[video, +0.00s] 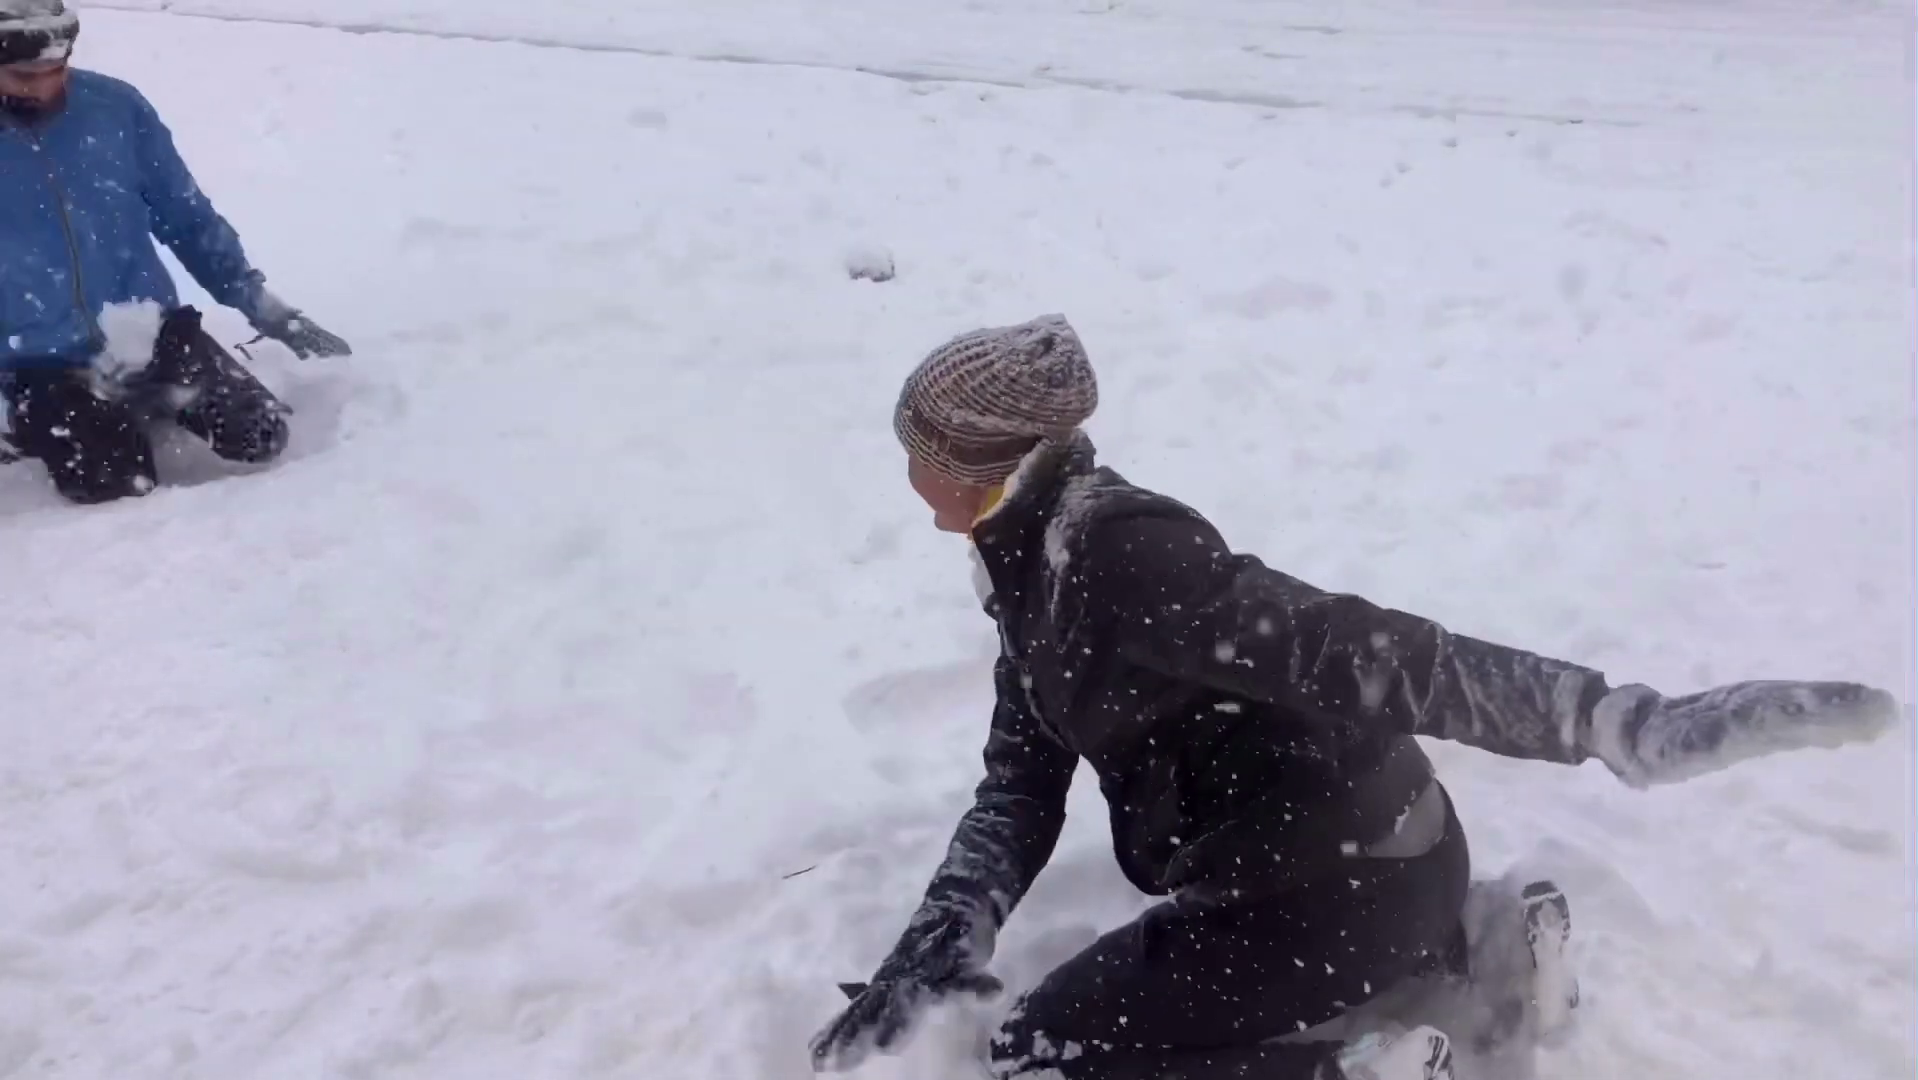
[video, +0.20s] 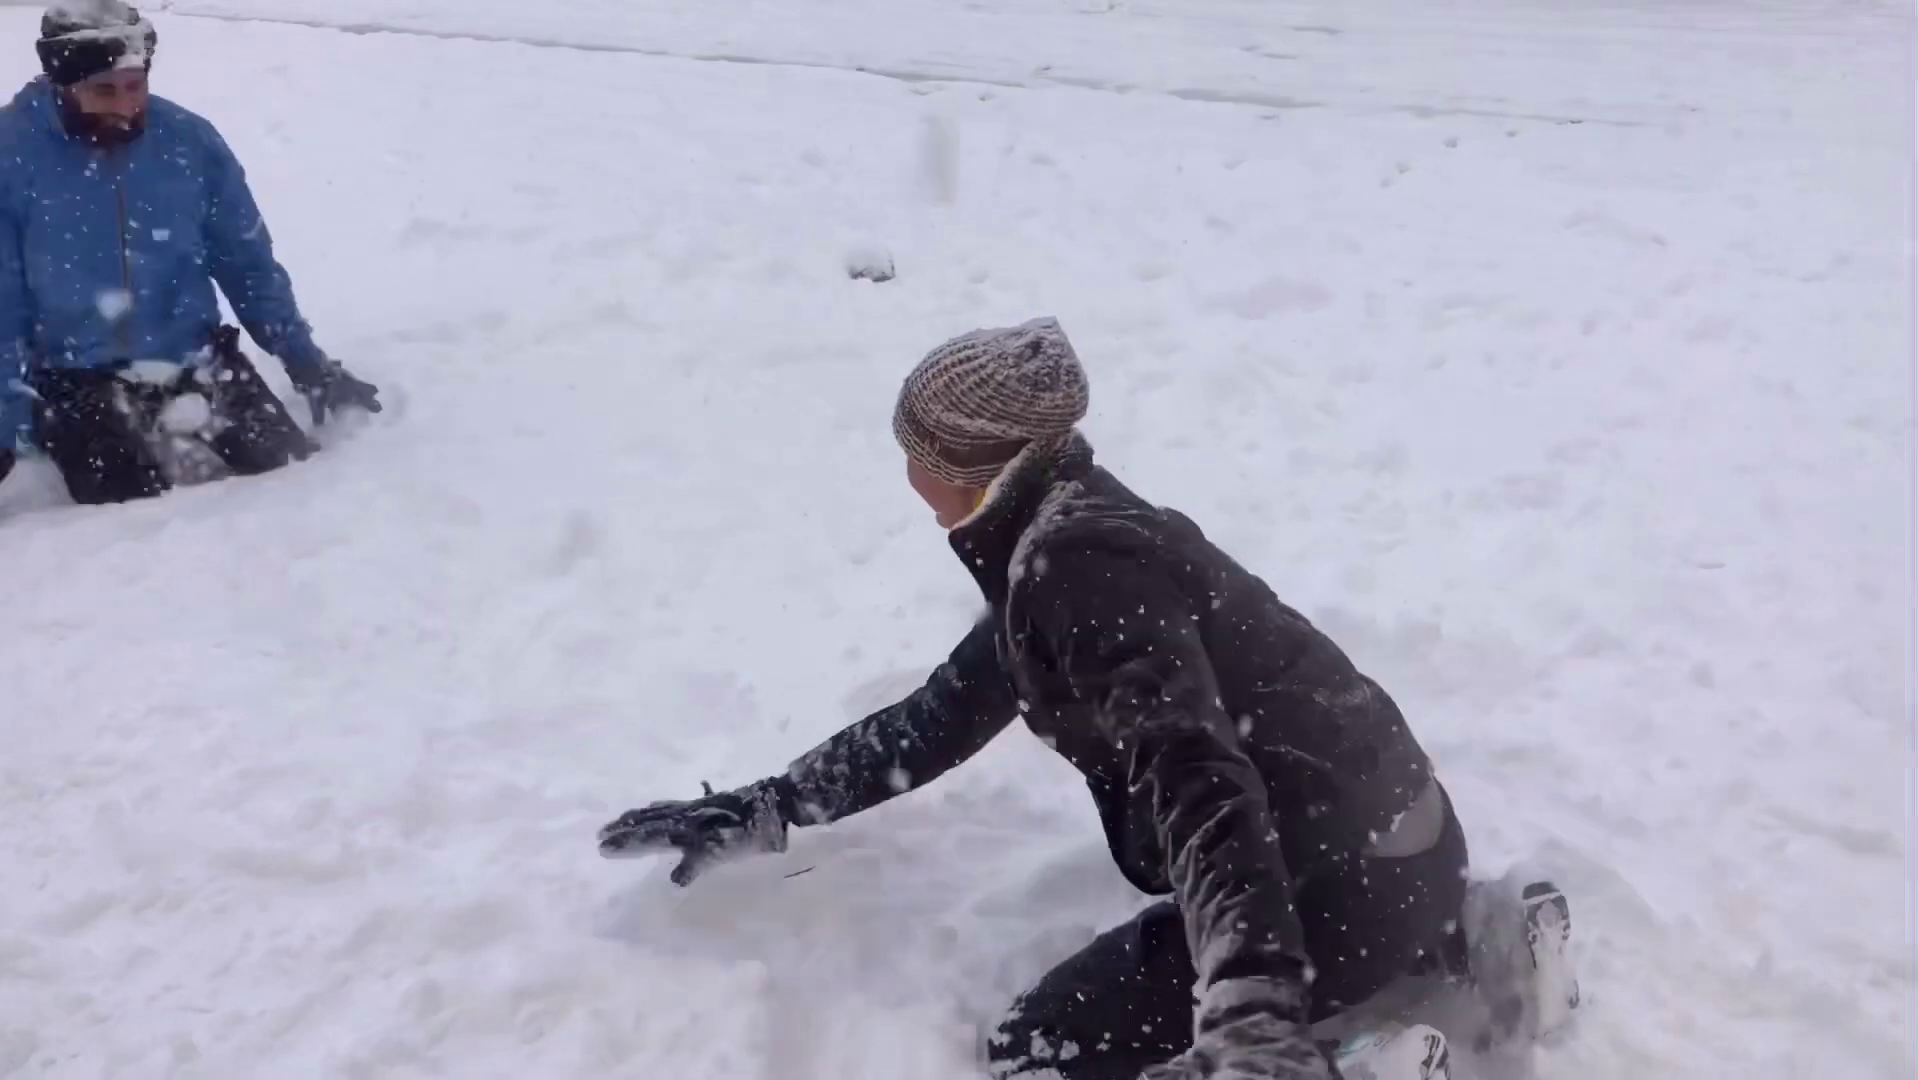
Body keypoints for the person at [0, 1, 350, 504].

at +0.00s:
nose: (46, 87)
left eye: (56, 68)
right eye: (26, 75)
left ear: (69, 53)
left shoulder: (116, 108)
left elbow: (188, 219)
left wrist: (262, 305)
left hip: (149, 327)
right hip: (41, 359)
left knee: (262, 436)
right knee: (115, 484)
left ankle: (165, 388)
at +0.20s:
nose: (126, 105)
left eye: (136, 85)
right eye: (106, 89)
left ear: (149, 74)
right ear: (63, 84)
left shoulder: (190, 142)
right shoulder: (13, 152)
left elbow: (249, 266)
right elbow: (6, 301)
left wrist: (312, 368)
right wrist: (14, 414)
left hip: (193, 355)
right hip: (78, 371)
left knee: (284, 463)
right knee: (124, 495)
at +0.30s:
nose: (167, 86)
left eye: (177, 66)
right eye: (146, 69)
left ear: (191, 64)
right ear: (106, 74)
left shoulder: (234, 146)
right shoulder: (43, 159)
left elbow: (282, 282)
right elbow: (49, 313)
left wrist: (332, 395)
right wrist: (87, 449)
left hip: (213, 353)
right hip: (107, 362)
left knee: (289, 457)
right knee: (128, 484)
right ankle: (52, 431)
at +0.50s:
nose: (197, 67)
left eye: (207, 45)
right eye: (175, 50)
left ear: (221, 40)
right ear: (134, 51)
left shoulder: (262, 124)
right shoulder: (76, 136)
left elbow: (304, 262)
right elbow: (99, 300)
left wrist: (343, 372)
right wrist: (180, 424)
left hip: (231, 331)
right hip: (128, 336)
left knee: (263, 420)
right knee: (139, 473)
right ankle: (60, 407)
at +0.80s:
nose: (205, 5)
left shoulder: (264, 57)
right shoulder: (79, 87)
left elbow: (330, 191)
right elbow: (97, 262)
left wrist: (391, 301)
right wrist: (134, 404)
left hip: (260, 315)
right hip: (160, 326)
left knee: (286, 442)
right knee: (201, 458)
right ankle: (92, 418)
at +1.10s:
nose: (218, 25)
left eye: (227, 4)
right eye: (194, 8)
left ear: (241, 4)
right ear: (149, 11)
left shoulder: (264, 74)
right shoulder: (101, 121)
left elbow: (321, 214)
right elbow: (103, 301)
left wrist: (368, 334)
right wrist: (123, 443)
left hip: (274, 344)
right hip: (185, 364)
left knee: (310, 481)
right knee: (273, 512)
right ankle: (141, 477)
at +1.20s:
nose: (226, 48)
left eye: (237, 25)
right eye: (202, 31)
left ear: (252, 17)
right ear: (156, 34)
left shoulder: (262, 86)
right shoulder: (116, 141)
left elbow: (312, 222)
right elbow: (128, 321)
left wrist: (362, 339)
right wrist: (136, 474)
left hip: (275, 360)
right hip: (195, 392)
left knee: (313, 477)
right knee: (273, 530)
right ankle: (142, 488)